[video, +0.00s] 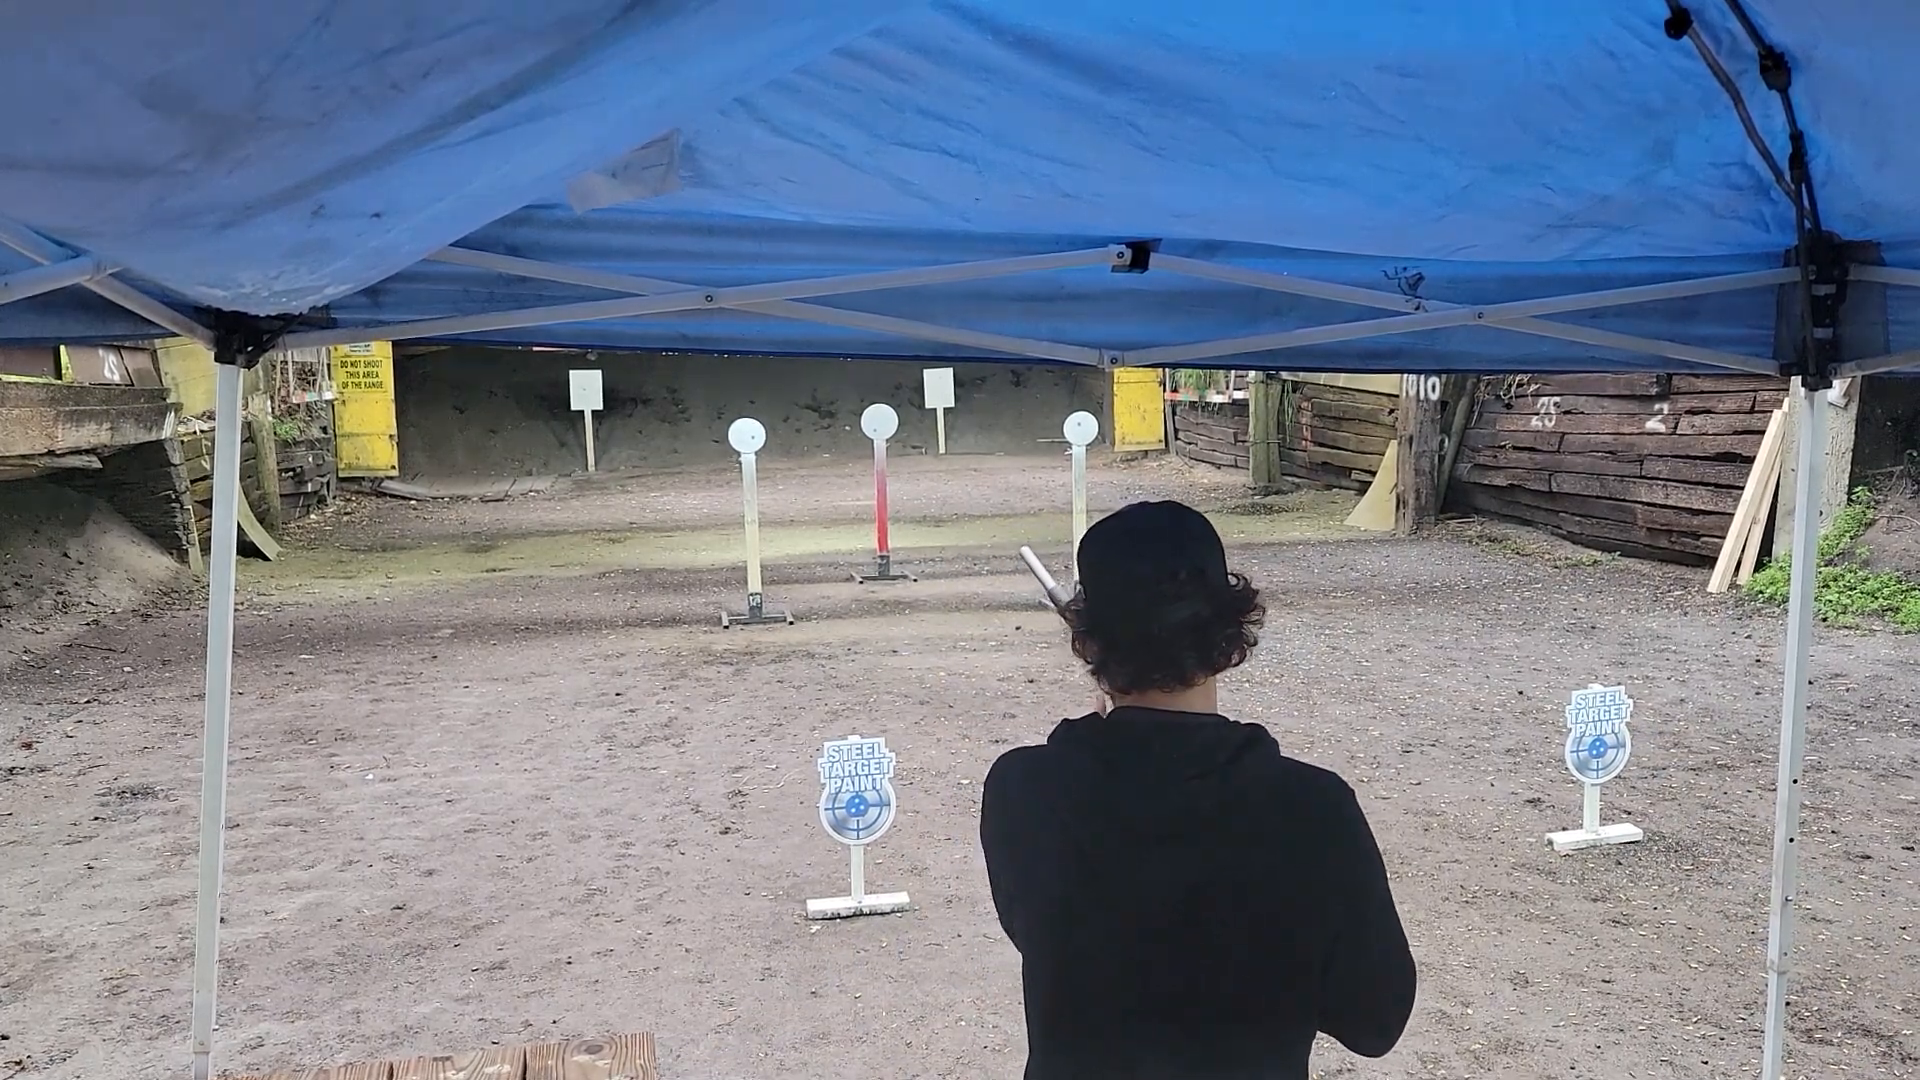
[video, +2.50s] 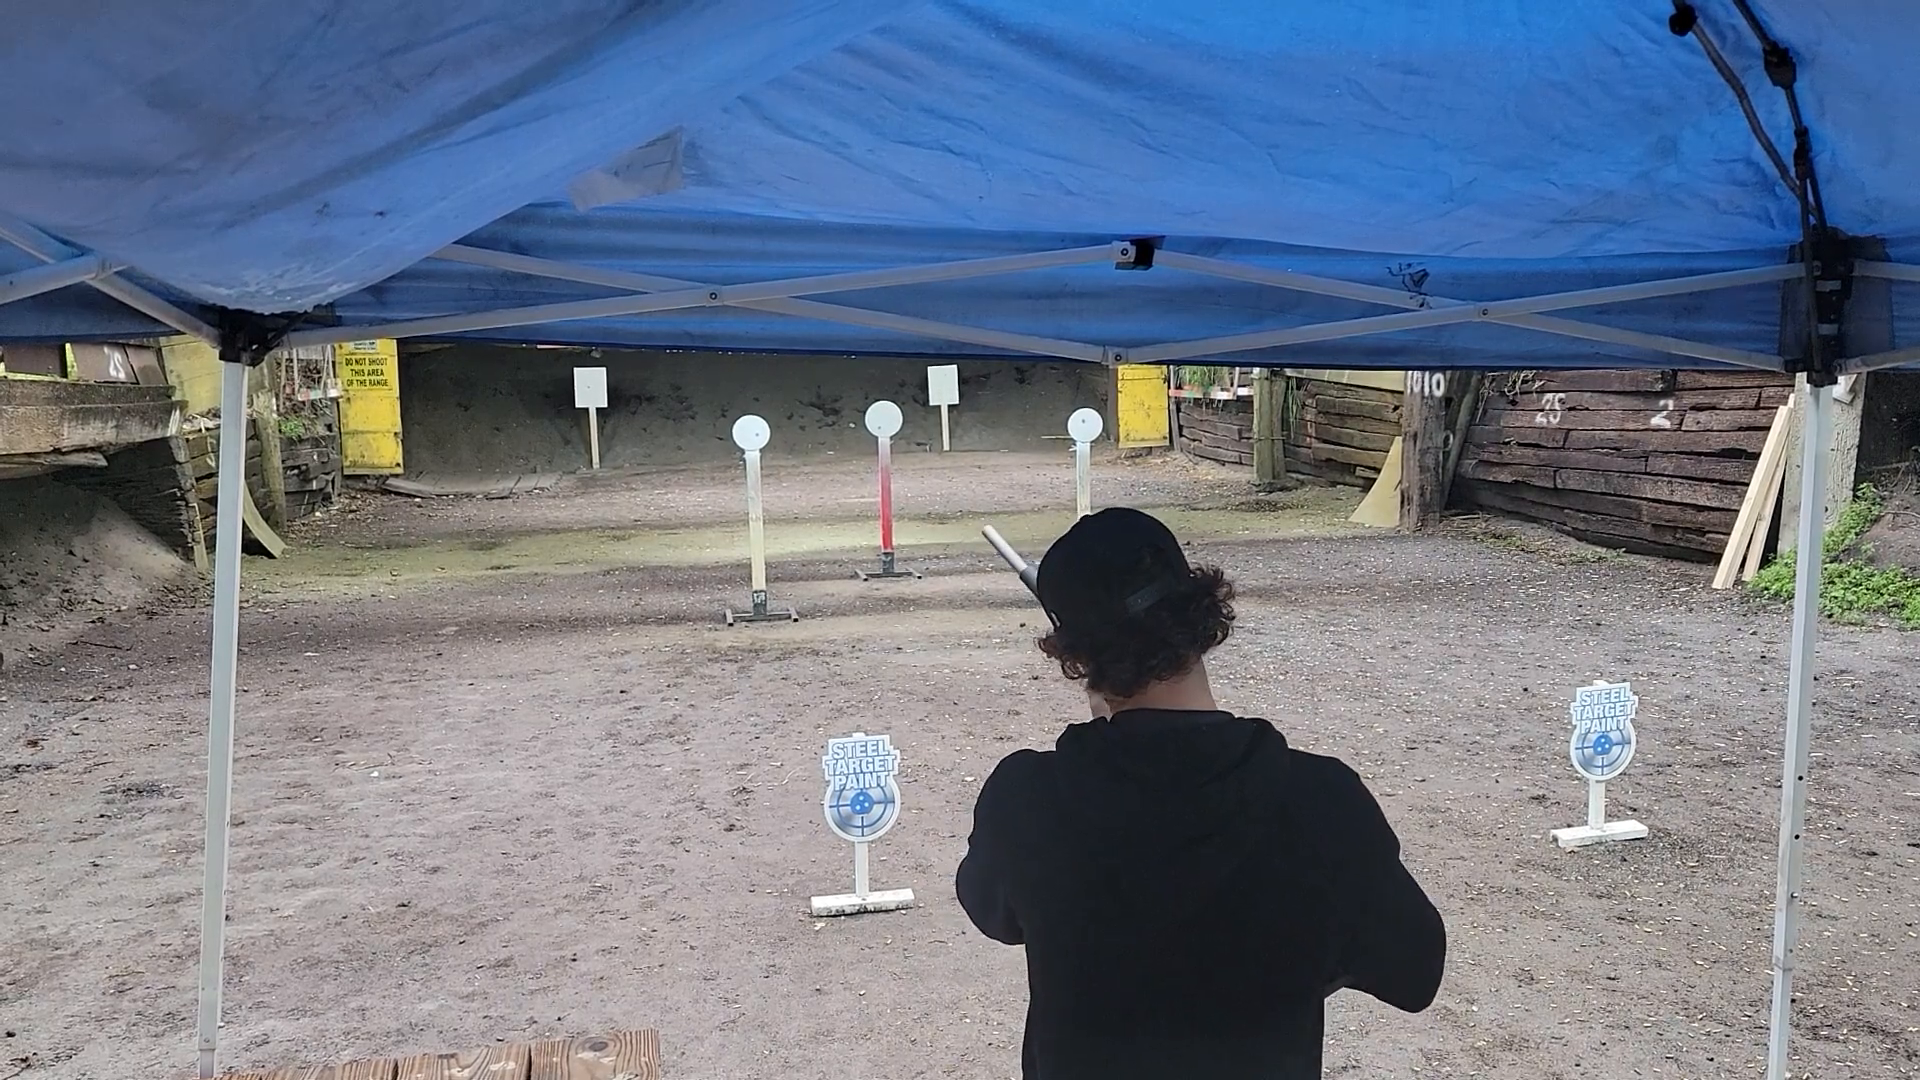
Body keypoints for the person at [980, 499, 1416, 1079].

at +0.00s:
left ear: (1088, 637)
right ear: (1230, 627)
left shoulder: (1021, 788)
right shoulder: (1316, 807)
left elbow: (1026, 929)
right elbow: (1377, 1022)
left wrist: (1092, 754)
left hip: (1072, 1071)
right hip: (1258, 1072)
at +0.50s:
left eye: (1090, 620)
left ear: (1099, 640)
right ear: (1241, 628)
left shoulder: (1030, 783)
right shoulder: (1319, 802)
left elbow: (993, 898)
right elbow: (1396, 989)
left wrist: (1066, 737)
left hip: (1077, 1066)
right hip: (1261, 1066)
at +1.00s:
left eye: (1071, 633)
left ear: (1078, 648)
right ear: (1217, 620)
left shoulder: (1023, 796)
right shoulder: (1321, 804)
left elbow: (1017, 935)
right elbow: (1380, 1010)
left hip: (1077, 1070)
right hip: (1269, 1070)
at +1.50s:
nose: (1066, 659)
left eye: (1066, 641)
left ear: (1075, 652)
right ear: (1207, 618)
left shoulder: (1026, 800)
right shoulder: (1324, 809)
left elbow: (1017, 940)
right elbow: (1381, 1023)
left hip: (1081, 1070)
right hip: (1271, 1070)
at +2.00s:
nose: (1064, 656)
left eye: (1067, 641)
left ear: (1081, 661)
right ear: (1208, 620)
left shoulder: (1031, 804)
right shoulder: (1327, 811)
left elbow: (974, 917)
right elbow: (1398, 1010)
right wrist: (1282, 919)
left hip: (1084, 1067)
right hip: (1272, 1068)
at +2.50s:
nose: (1061, 648)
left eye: (1061, 634)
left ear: (1074, 652)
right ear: (1199, 611)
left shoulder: (1026, 795)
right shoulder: (1323, 799)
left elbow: (992, 912)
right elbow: (1417, 974)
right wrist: (1304, 909)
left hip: (1076, 1067)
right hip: (1269, 1067)